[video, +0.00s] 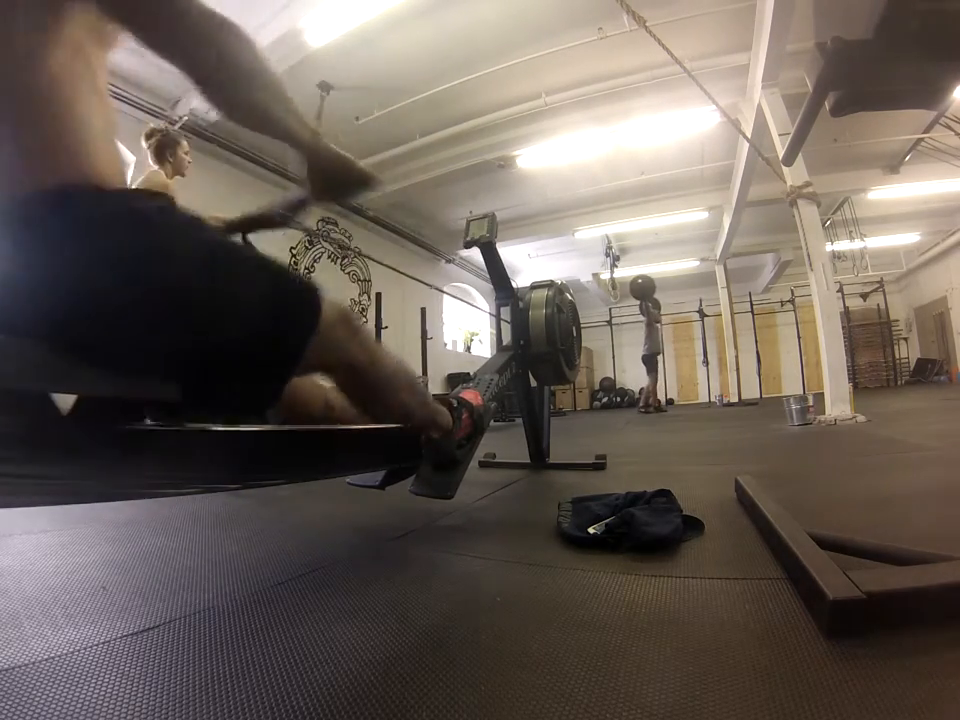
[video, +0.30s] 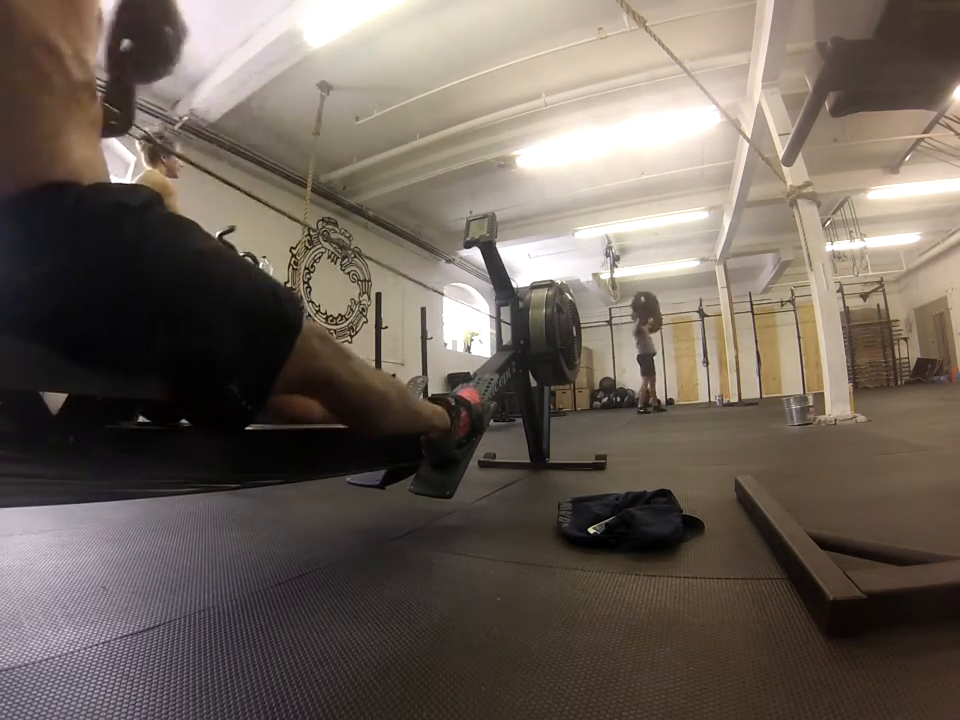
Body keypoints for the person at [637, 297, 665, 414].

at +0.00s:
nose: (659, 315)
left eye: (658, 313)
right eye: (657, 312)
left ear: (654, 312)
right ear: (651, 312)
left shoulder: (653, 324)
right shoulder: (649, 323)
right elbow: (647, 311)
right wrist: (645, 300)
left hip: (652, 354)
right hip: (649, 354)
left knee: (653, 381)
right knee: (652, 381)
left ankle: (654, 404)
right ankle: (644, 404)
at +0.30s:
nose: (646, 319)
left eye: (645, 318)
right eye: (644, 318)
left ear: (644, 318)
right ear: (640, 318)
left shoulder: (646, 329)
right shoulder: (638, 330)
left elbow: (656, 327)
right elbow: (641, 320)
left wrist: (656, 313)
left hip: (649, 355)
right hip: (643, 355)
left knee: (652, 380)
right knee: (646, 380)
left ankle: (655, 403)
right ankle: (641, 404)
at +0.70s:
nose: (647, 323)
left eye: (648, 320)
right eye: (646, 320)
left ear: (644, 319)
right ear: (641, 319)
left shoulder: (640, 330)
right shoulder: (635, 329)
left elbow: (640, 346)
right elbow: (633, 345)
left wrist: (645, 358)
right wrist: (641, 358)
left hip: (643, 356)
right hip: (638, 356)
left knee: (644, 380)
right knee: (643, 380)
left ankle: (642, 403)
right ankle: (642, 404)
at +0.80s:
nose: (649, 324)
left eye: (650, 322)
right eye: (648, 321)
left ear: (647, 321)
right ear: (643, 320)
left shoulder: (643, 331)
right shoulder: (637, 330)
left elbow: (643, 347)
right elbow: (635, 346)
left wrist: (646, 359)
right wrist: (642, 359)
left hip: (643, 357)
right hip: (638, 356)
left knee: (646, 381)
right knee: (643, 381)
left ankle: (647, 404)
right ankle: (640, 405)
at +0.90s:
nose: (651, 326)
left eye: (651, 324)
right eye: (650, 323)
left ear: (646, 321)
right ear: (646, 321)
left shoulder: (643, 332)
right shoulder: (639, 331)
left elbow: (644, 347)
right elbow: (638, 345)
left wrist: (648, 358)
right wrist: (645, 356)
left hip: (641, 356)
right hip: (638, 356)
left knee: (646, 381)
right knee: (644, 381)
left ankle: (647, 404)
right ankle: (641, 405)